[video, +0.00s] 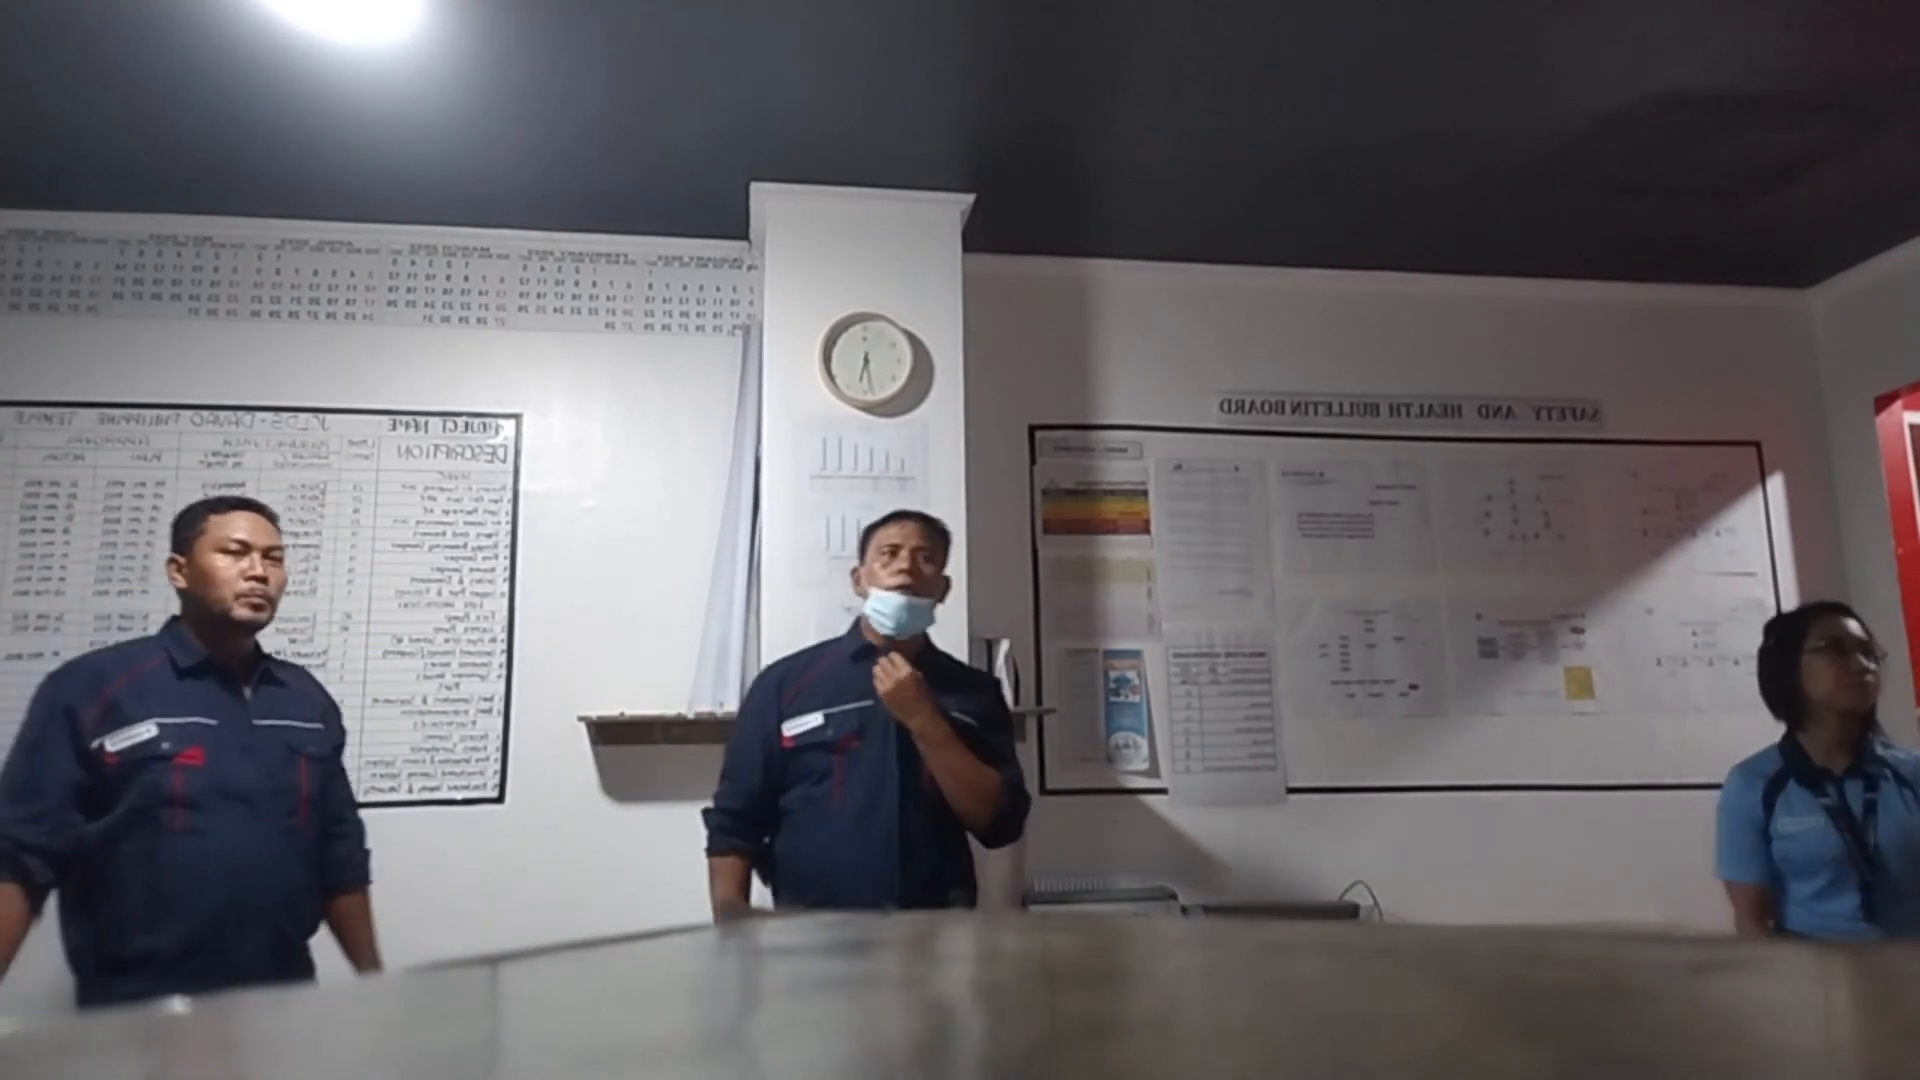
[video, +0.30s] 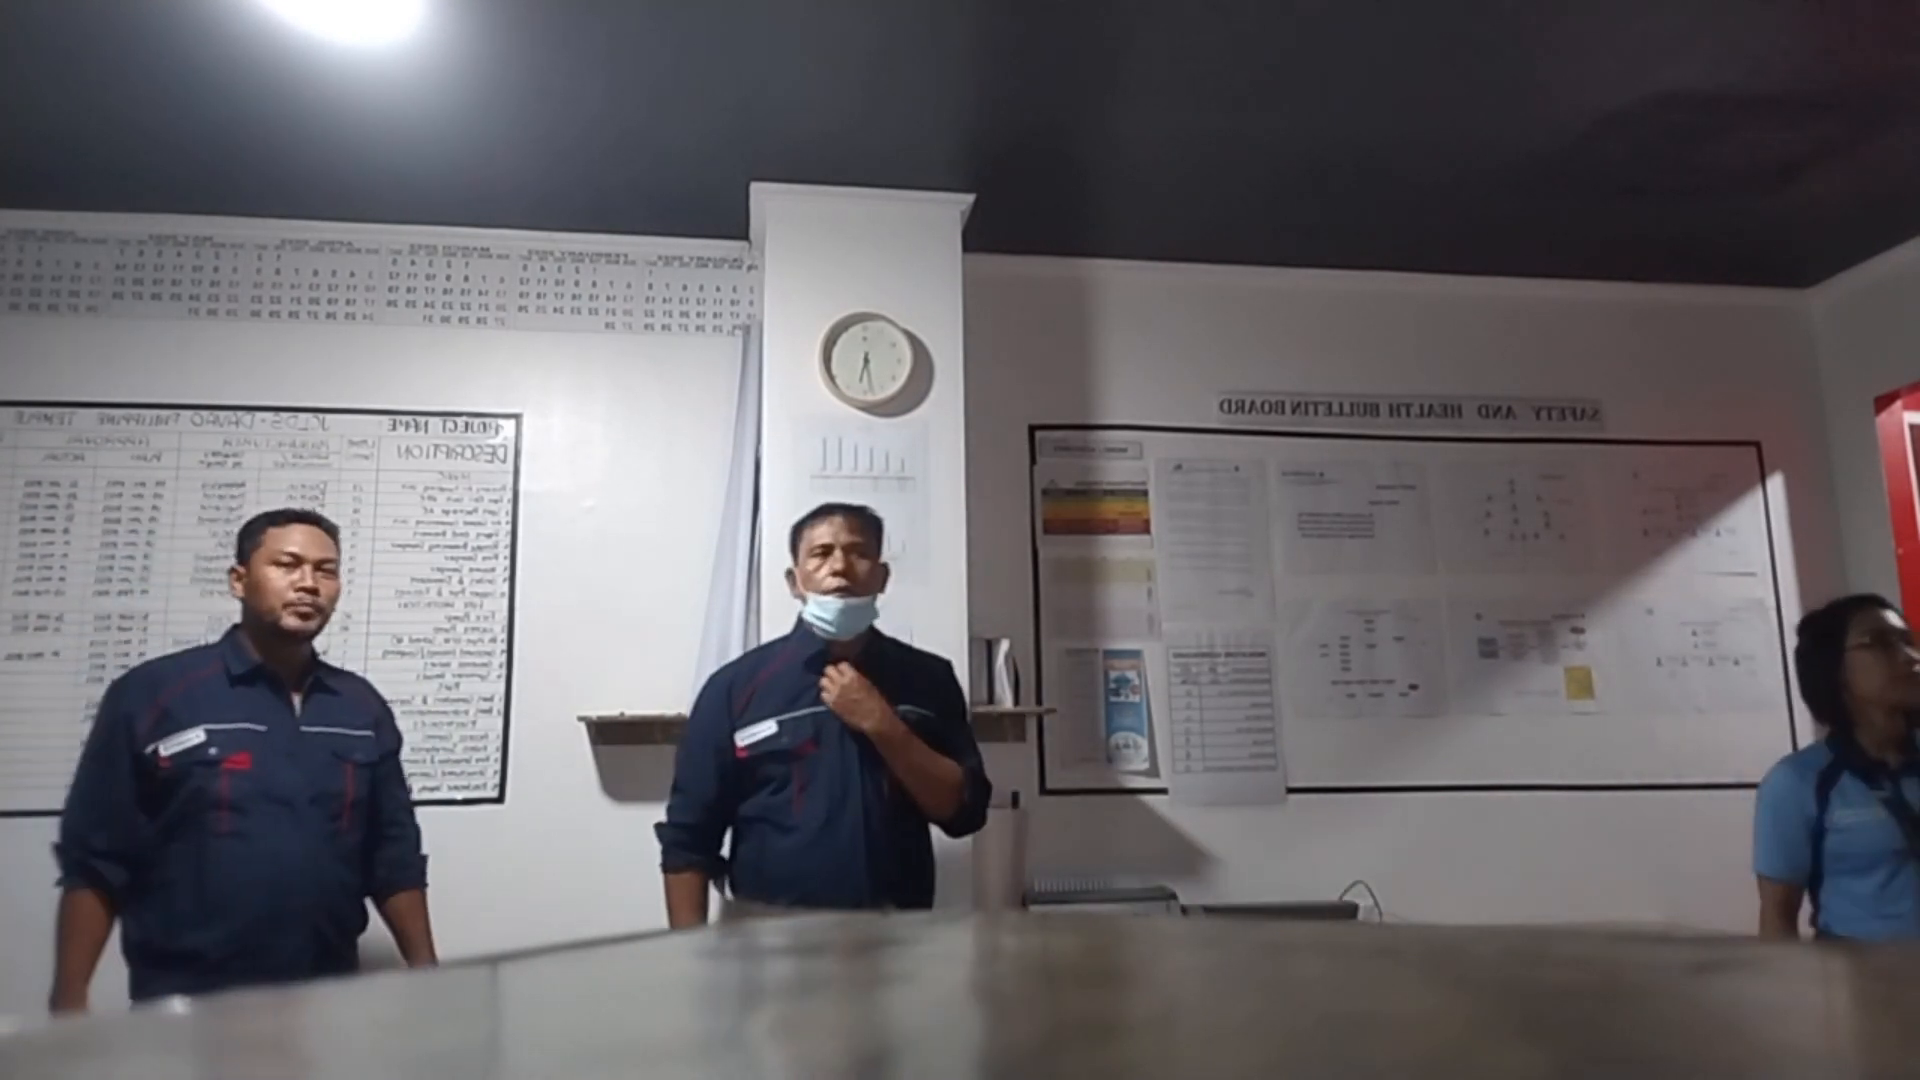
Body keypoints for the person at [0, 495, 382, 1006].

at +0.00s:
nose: (259, 572)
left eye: (273, 558)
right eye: (234, 552)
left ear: (285, 576)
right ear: (179, 571)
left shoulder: (307, 702)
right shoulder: (84, 694)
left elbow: (339, 860)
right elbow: (20, 870)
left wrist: (377, 986)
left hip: (280, 1011)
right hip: (135, 1018)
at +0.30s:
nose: (309, 583)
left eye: (325, 570)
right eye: (287, 564)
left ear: (338, 589)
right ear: (240, 581)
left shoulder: (362, 708)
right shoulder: (148, 698)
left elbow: (394, 858)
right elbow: (95, 864)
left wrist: (428, 983)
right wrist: (68, 1006)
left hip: (322, 1008)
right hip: (185, 1012)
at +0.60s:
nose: (343, 586)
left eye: (360, 574)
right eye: (324, 567)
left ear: (373, 594)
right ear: (278, 580)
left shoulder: (391, 714)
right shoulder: (182, 692)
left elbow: (407, 876)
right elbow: (124, 856)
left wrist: (425, 997)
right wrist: (83, 989)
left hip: (337, 1005)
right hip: (201, 1006)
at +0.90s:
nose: (365, 586)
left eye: (381, 577)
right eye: (348, 565)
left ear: (389, 598)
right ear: (297, 576)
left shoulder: (403, 716)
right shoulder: (197, 681)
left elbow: (413, 877)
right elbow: (127, 834)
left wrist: (429, 999)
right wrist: (82, 969)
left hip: (333, 996)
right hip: (199, 993)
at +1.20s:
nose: (343, 582)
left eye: (358, 573)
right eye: (325, 562)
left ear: (364, 594)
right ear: (270, 572)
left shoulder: (367, 718)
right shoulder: (163, 681)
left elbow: (384, 873)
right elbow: (107, 848)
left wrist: (420, 992)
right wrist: (105, 996)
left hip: (312, 1012)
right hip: (175, 1010)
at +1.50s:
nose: (269, 569)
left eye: (283, 557)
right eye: (246, 549)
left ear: (295, 580)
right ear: (191, 567)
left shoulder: (306, 703)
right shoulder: (92, 685)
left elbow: (324, 868)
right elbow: (43, 864)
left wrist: (344, 1000)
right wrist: (28, 1026)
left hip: (264, 1012)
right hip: (123, 1014)